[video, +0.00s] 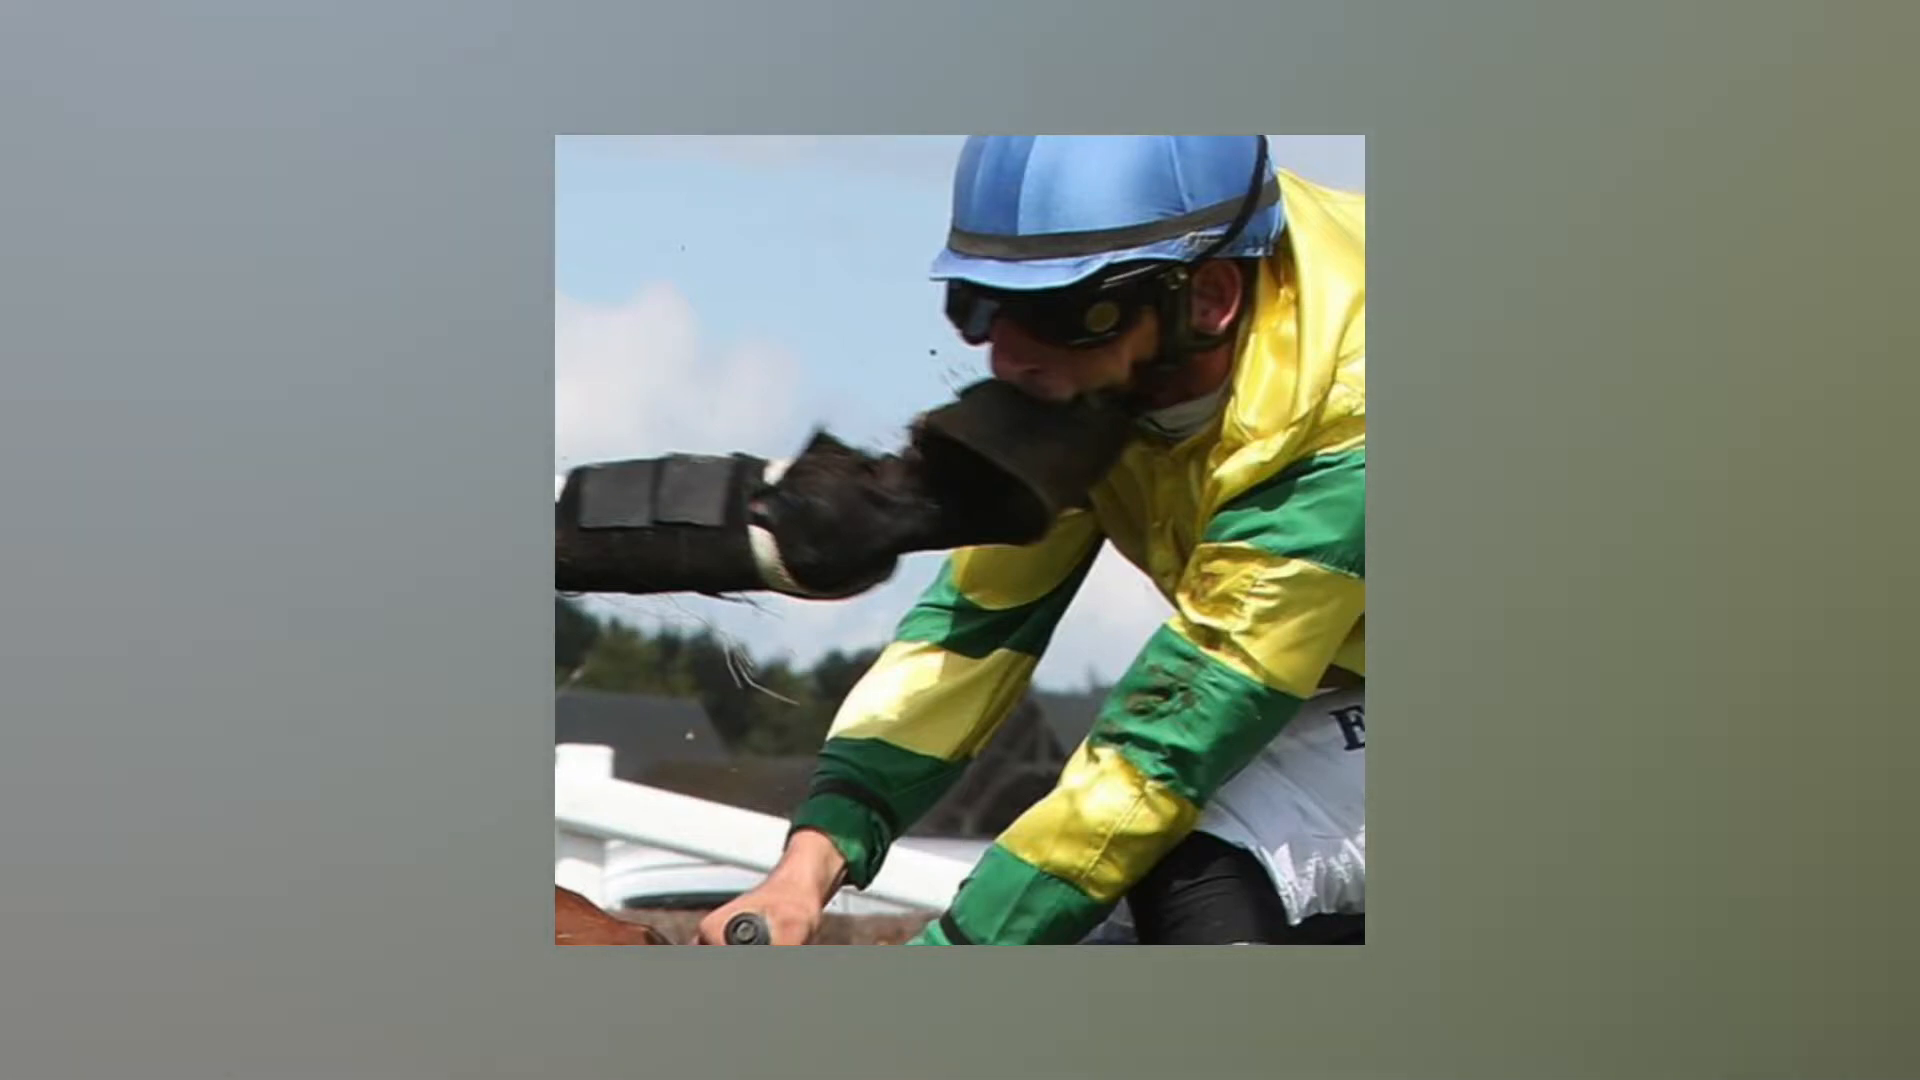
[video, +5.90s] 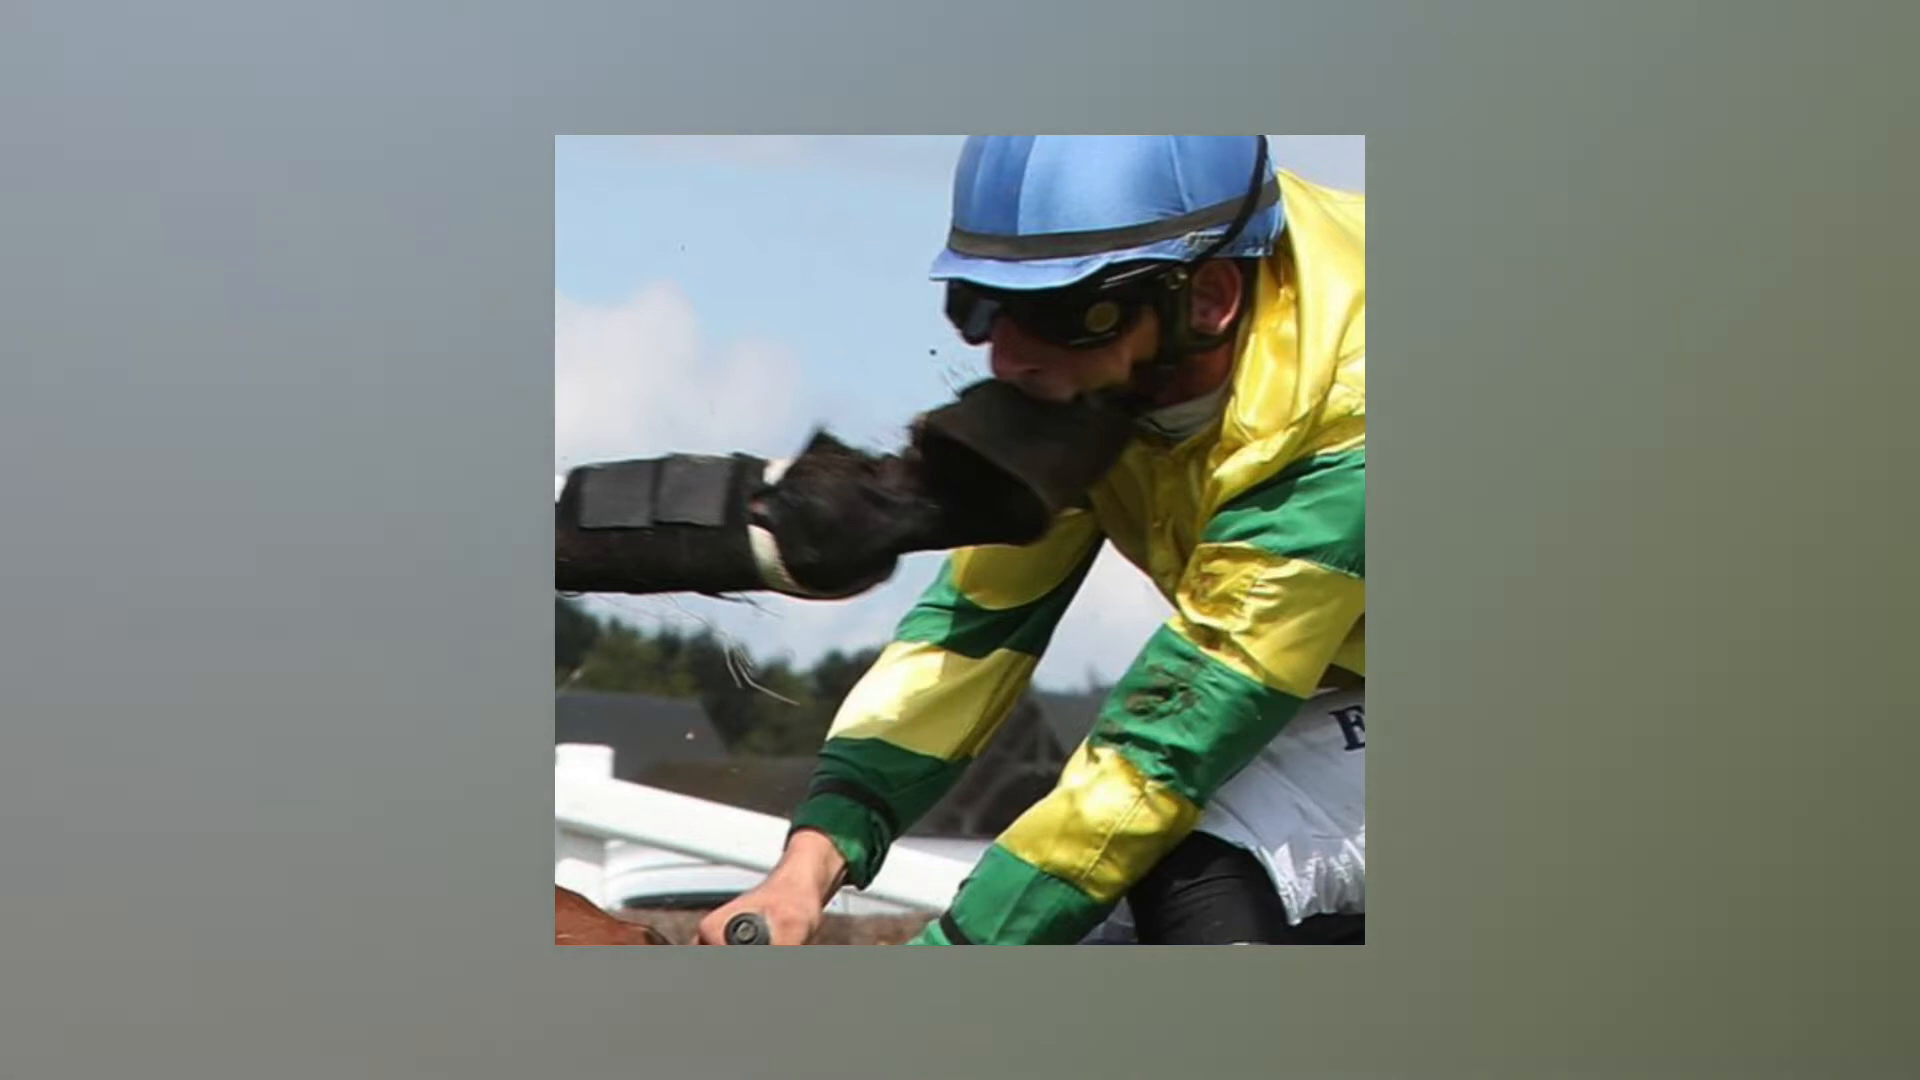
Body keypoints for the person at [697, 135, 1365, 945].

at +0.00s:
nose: (1005, 358)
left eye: (1054, 318)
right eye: (987, 309)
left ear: (1209, 299)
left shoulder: (1341, 429)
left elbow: (1160, 752)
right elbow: (969, 623)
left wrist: (933, 963)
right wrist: (804, 873)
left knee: (1204, 862)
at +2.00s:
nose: (1005, 359)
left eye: (1056, 319)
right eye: (989, 310)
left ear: (1209, 298)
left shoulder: (1341, 429)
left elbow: (1160, 751)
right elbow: (969, 623)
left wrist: (933, 965)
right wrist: (805, 871)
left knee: (1205, 865)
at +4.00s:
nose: (1005, 358)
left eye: (1056, 319)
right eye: (989, 309)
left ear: (1210, 298)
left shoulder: (1342, 429)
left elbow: (1160, 752)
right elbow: (969, 623)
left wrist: (933, 965)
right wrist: (805, 871)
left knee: (1204, 864)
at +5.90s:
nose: (1005, 359)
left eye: (1056, 319)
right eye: (988, 309)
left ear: (1209, 299)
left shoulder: (1342, 428)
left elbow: (1160, 751)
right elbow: (969, 624)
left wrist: (934, 964)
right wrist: (804, 871)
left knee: (1204, 863)